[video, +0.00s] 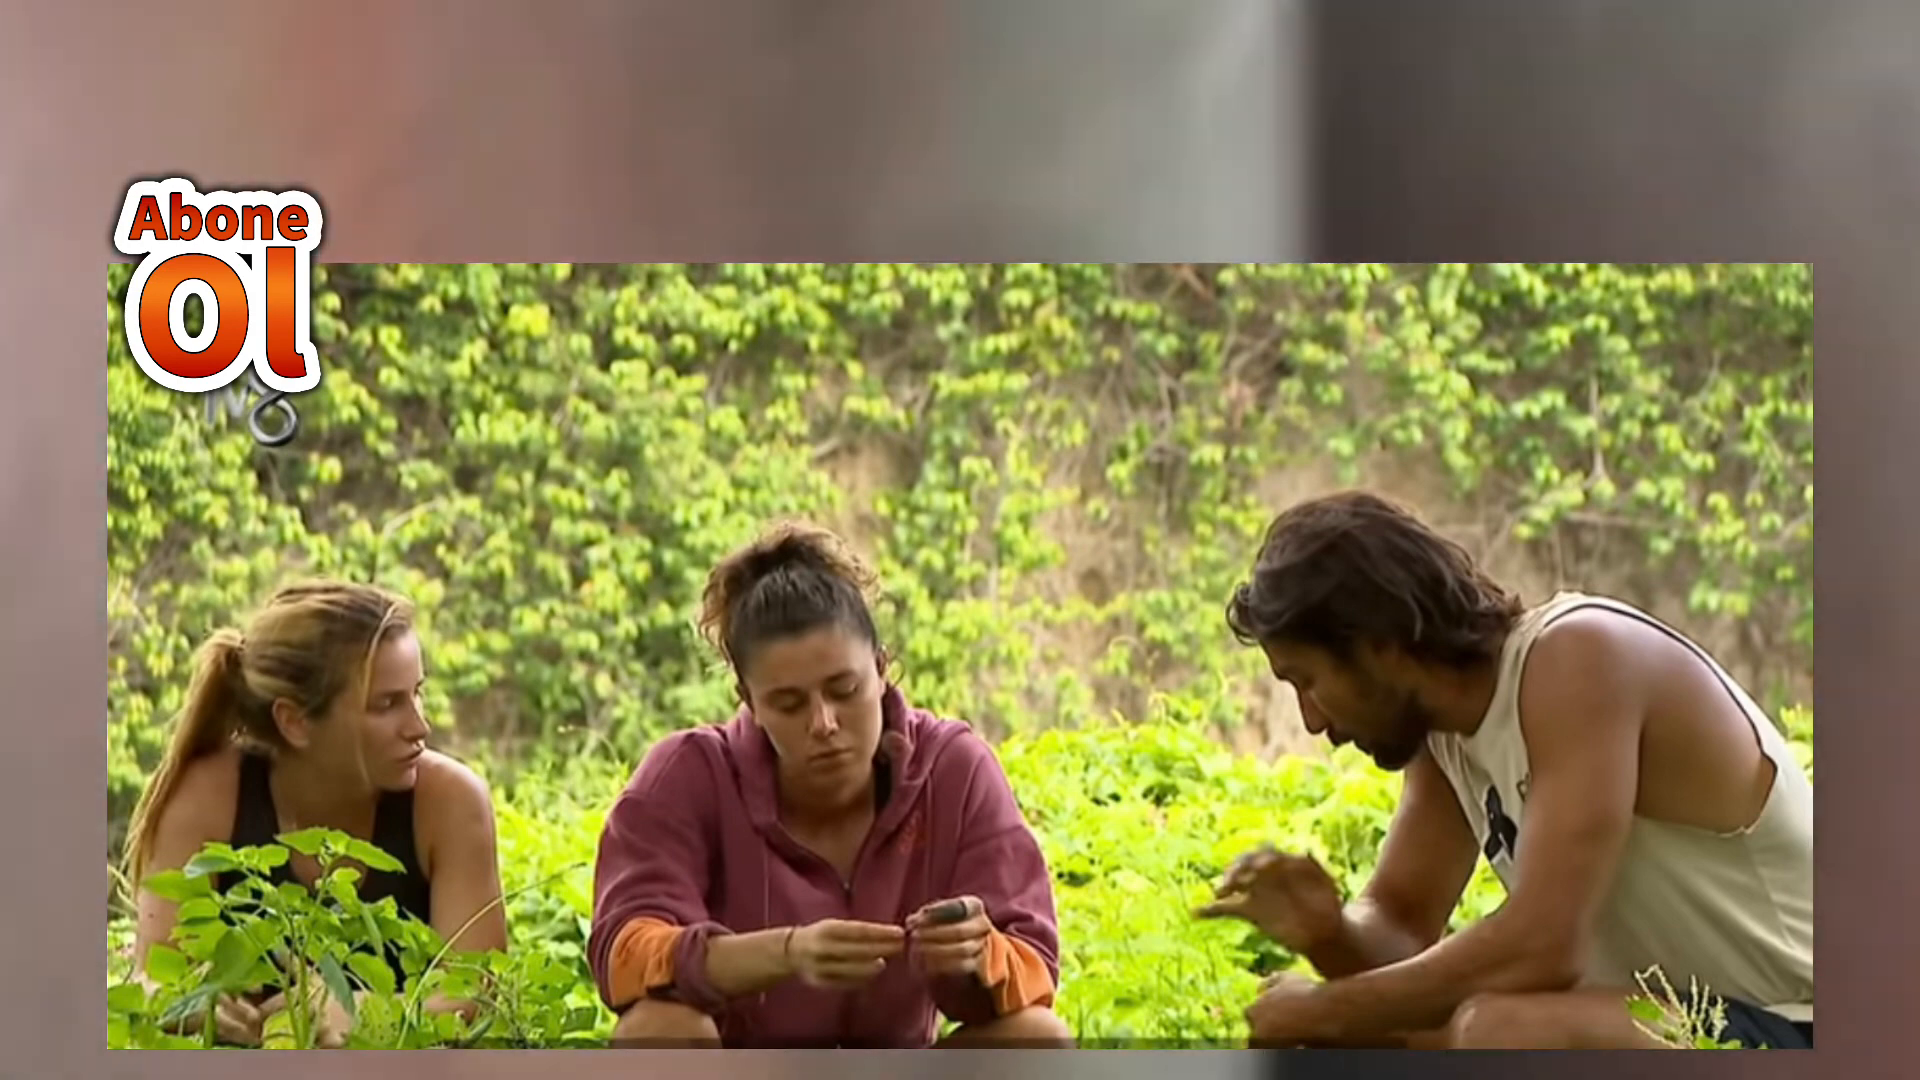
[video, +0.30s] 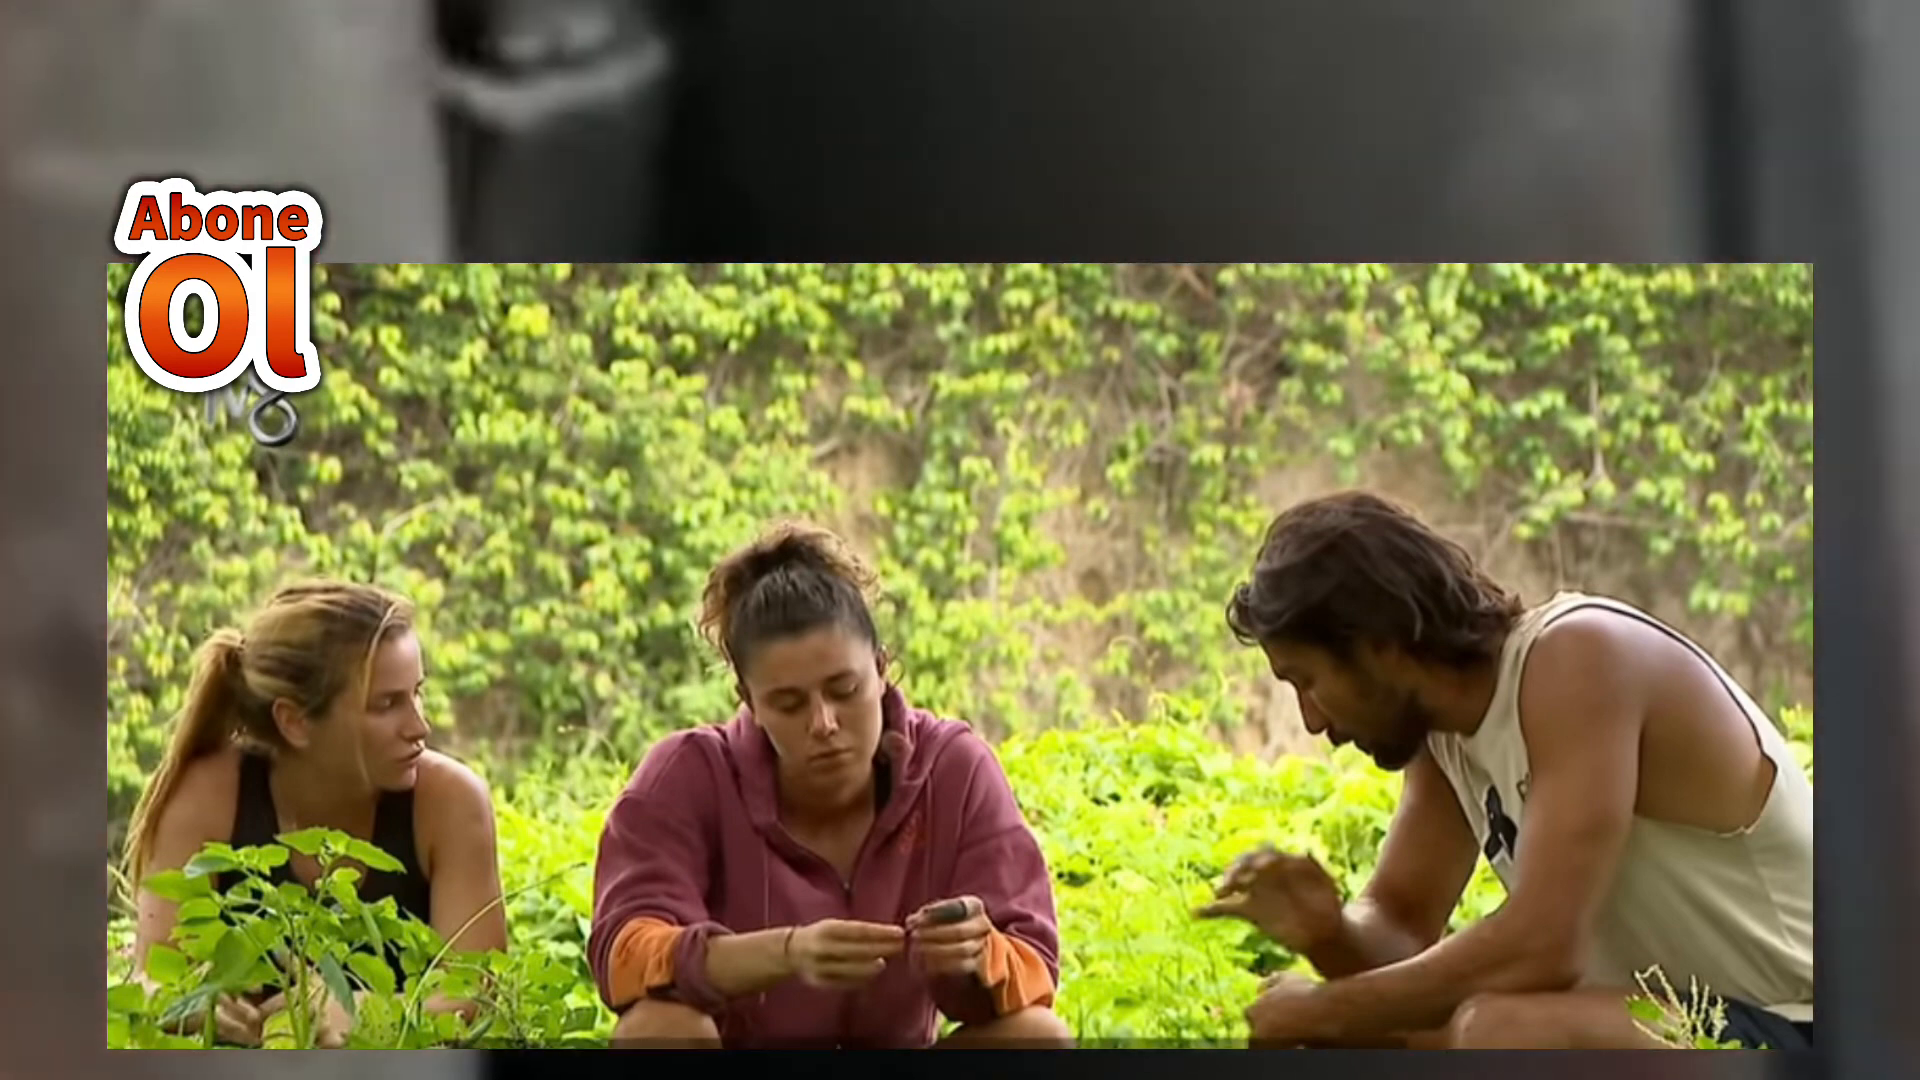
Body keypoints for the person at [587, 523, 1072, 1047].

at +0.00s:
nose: (824, 725)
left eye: (844, 690)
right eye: (789, 703)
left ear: (881, 670)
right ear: (747, 698)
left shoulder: (955, 766)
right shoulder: (687, 773)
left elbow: (1030, 970)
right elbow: (629, 957)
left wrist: (977, 954)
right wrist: (786, 952)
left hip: (898, 1062)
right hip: (739, 1063)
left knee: (1037, 1037)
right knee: (658, 1026)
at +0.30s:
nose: (824, 725)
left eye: (844, 690)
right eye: (789, 703)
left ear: (881, 670)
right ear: (747, 699)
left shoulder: (955, 766)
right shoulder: (687, 773)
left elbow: (1031, 969)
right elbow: (629, 957)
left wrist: (977, 954)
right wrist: (787, 951)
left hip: (899, 1044)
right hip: (739, 1046)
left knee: (1037, 1034)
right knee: (658, 1025)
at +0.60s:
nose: (824, 725)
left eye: (844, 690)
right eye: (789, 703)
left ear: (881, 670)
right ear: (747, 699)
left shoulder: (955, 766)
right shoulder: (687, 773)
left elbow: (1031, 969)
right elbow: (629, 957)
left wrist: (977, 953)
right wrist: (787, 952)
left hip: (898, 1044)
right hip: (739, 1046)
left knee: (1038, 1034)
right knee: (658, 1025)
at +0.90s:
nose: (824, 725)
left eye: (844, 690)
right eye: (789, 703)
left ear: (881, 670)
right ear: (747, 699)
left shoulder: (955, 766)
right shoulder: (687, 773)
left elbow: (1031, 968)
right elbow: (629, 957)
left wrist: (978, 953)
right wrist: (787, 952)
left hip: (898, 1049)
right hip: (740, 1050)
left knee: (1038, 1035)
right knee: (659, 1026)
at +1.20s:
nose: (824, 725)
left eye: (844, 690)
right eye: (789, 703)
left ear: (881, 670)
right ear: (747, 698)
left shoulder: (955, 766)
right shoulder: (687, 773)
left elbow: (1031, 970)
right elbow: (629, 958)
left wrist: (977, 953)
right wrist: (786, 951)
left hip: (899, 1055)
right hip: (739, 1057)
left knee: (1037, 1036)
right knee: (658, 1026)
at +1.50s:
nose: (824, 725)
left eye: (844, 690)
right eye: (789, 703)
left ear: (880, 670)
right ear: (747, 698)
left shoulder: (955, 766)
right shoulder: (687, 774)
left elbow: (1030, 969)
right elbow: (629, 957)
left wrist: (977, 954)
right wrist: (786, 952)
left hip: (898, 1059)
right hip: (739, 1060)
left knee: (1037, 1036)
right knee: (658, 1026)